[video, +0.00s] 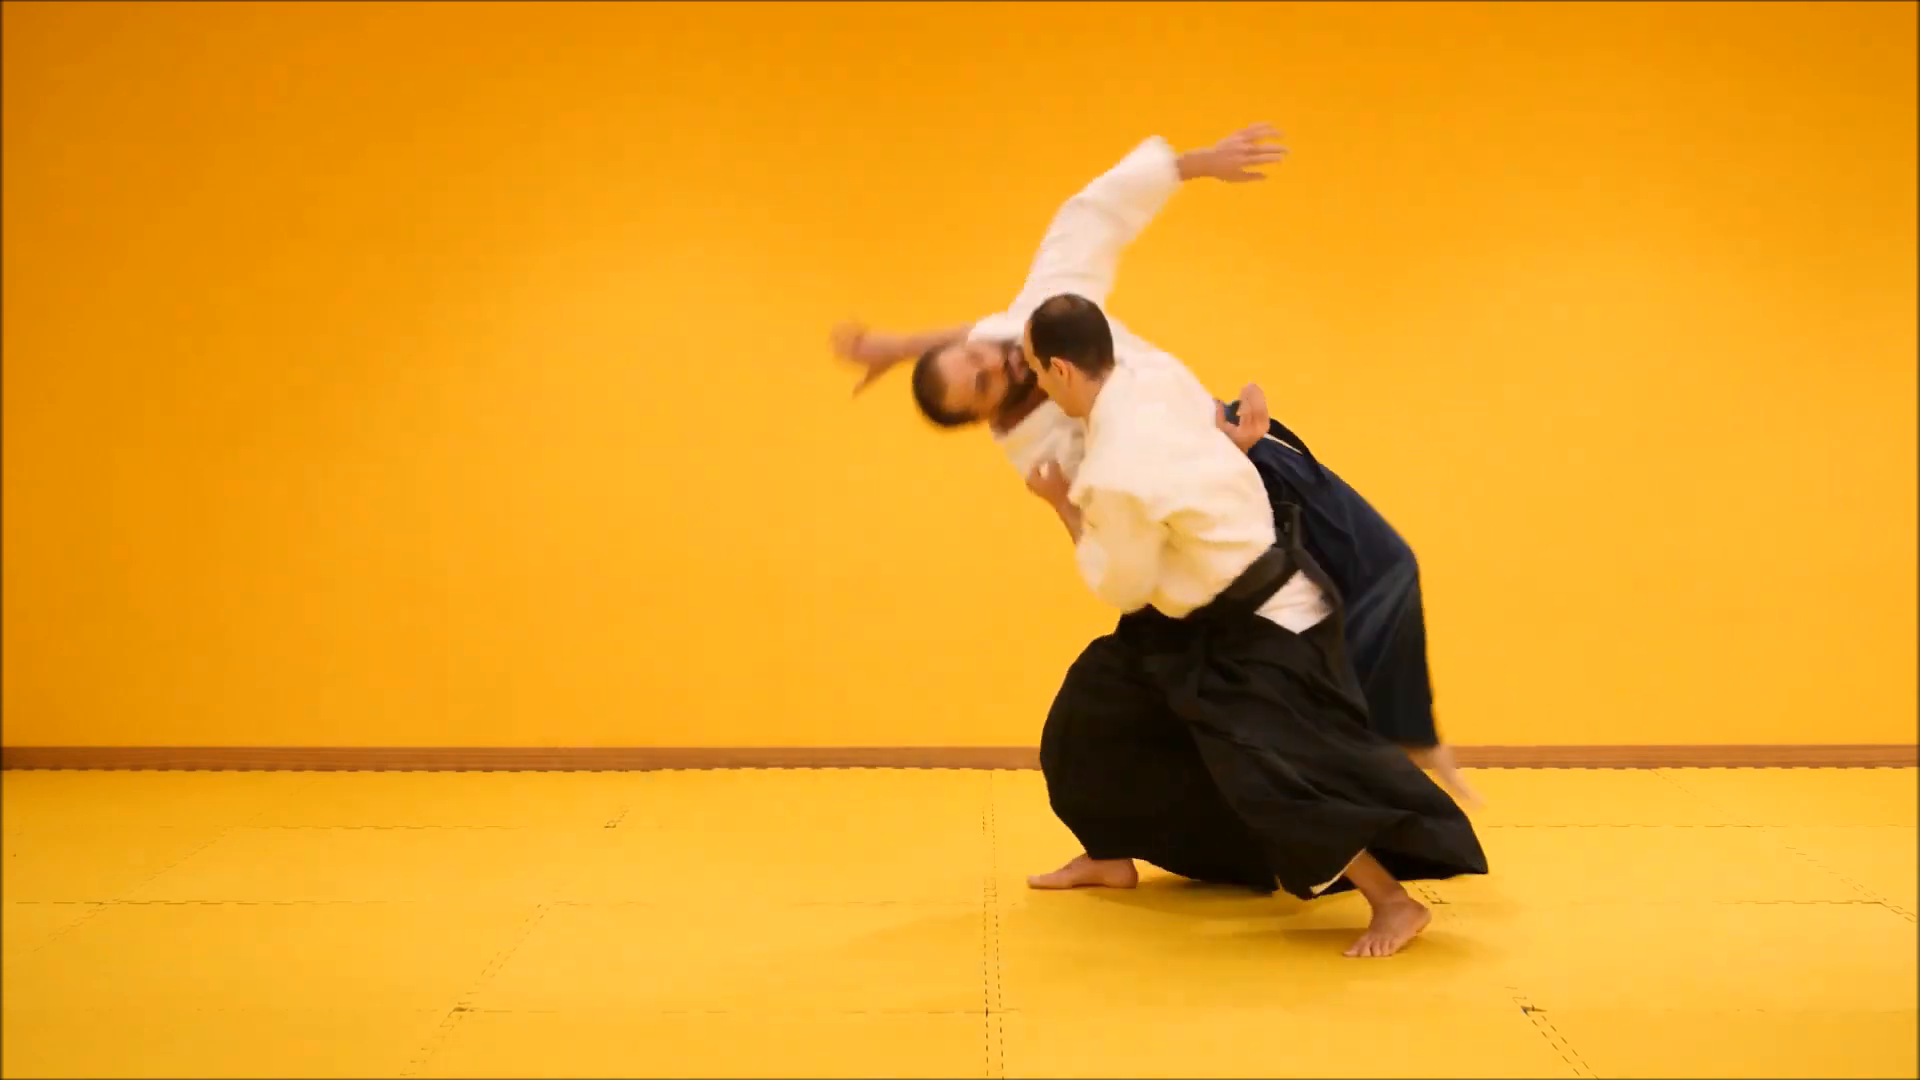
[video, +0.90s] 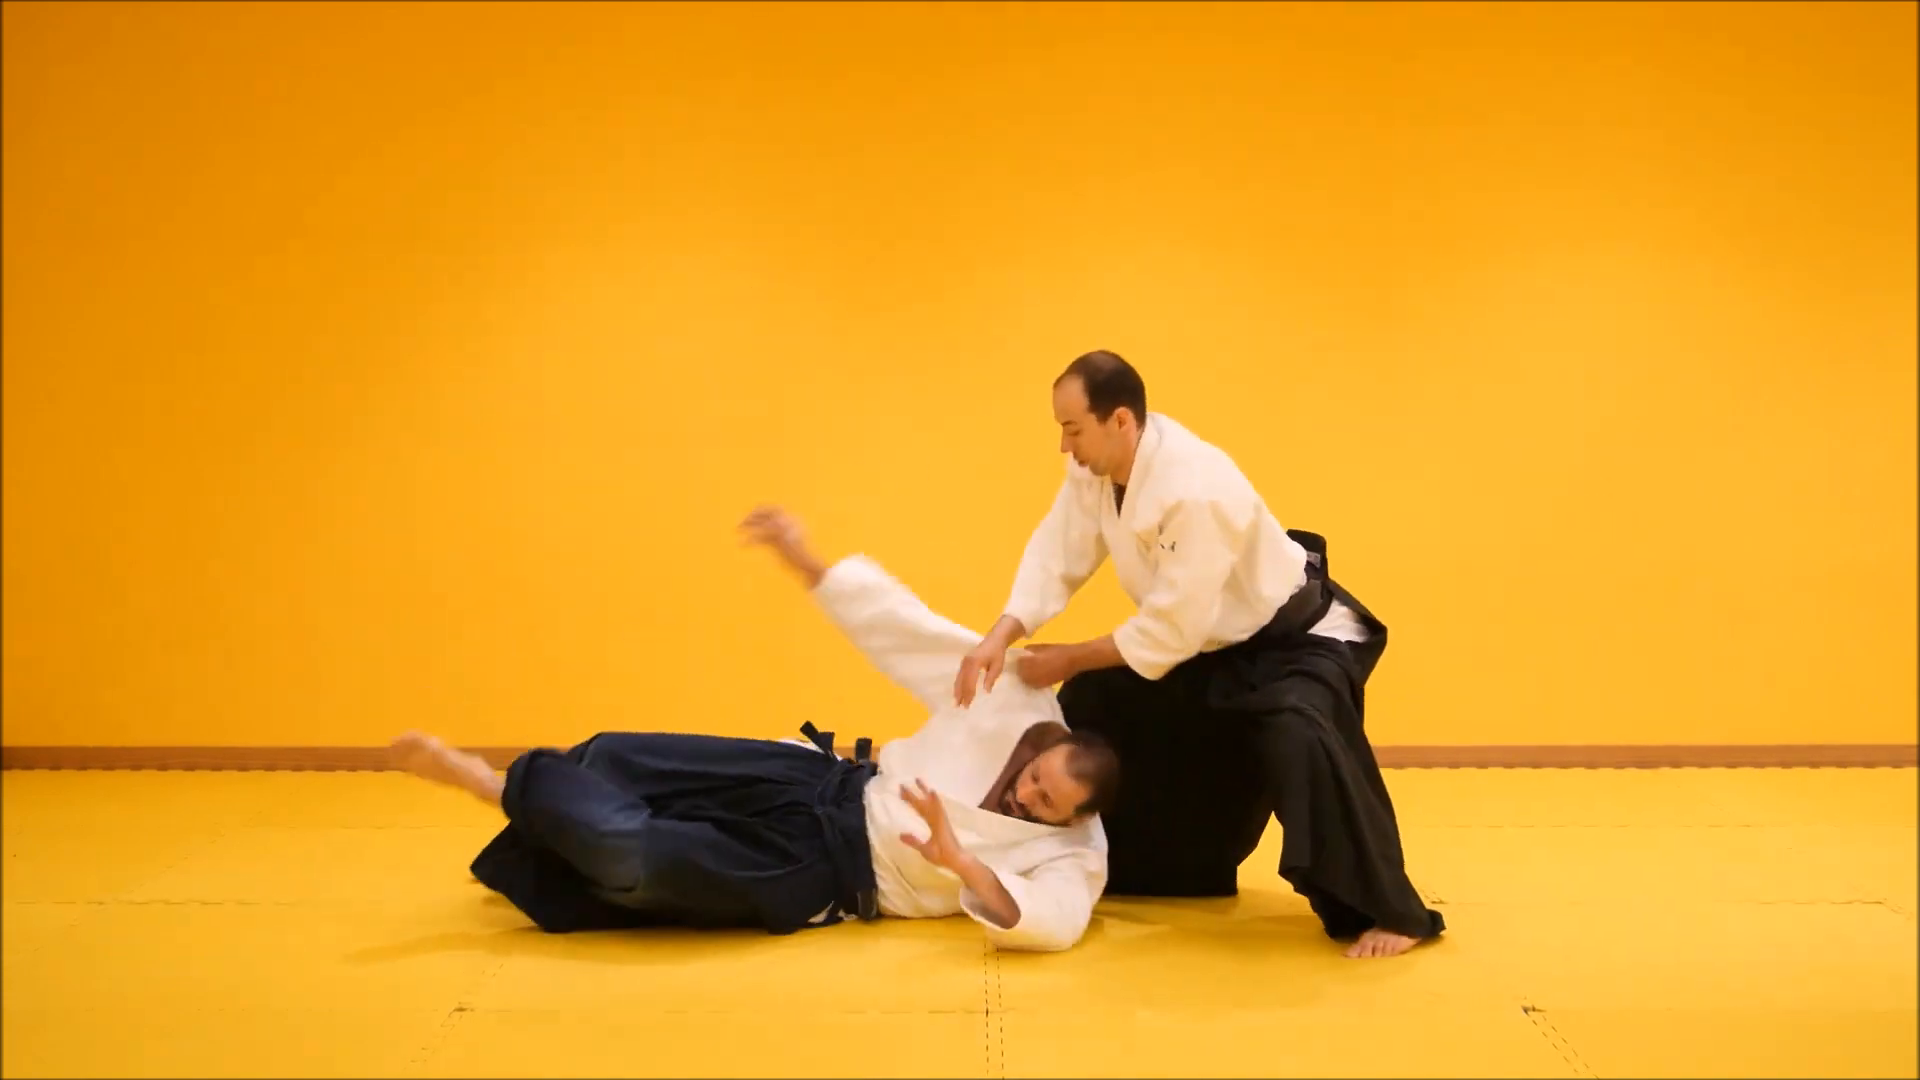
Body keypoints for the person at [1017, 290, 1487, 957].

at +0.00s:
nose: (1039, 380)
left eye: (1038, 369)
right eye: (1031, 368)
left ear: (1062, 370)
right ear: (1097, 344)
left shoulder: (1119, 468)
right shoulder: (1135, 361)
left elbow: (1122, 585)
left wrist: (1064, 509)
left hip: (1262, 621)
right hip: (1183, 619)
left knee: (1261, 771)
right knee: (1086, 715)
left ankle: (1392, 901)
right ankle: (1108, 854)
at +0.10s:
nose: (1045, 430)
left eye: (1047, 417)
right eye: (1045, 416)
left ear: (1074, 417)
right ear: (1099, 401)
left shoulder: (1172, 494)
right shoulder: (1112, 442)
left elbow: (1195, 613)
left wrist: (1113, 586)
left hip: (1300, 629)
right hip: (1219, 624)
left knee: (1291, 744)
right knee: (1110, 686)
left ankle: (1398, 903)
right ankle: (1113, 852)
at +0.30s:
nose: (1049, 506)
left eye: (1053, 490)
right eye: (1046, 491)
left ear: (1094, 484)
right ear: (1095, 483)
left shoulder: (1219, 520)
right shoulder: (1088, 533)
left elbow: (1275, 636)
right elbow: (1049, 650)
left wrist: (1172, 650)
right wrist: (1013, 787)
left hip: (1316, 642)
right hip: (1207, 652)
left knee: (1337, 720)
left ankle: (1401, 901)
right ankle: (1109, 855)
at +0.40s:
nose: (1056, 533)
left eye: (1059, 518)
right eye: (1052, 519)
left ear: (1103, 507)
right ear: (1100, 510)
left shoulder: (1229, 531)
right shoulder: (1095, 563)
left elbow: (1298, 639)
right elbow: (1081, 683)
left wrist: (1189, 663)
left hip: (1331, 650)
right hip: (1231, 673)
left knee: (1341, 705)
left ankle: (1403, 900)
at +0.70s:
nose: (1039, 526)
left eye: (1046, 511)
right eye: (1036, 511)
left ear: (1095, 503)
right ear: (1088, 503)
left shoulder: (1209, 539)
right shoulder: (1074, 549)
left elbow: (1256, 654)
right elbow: (1042, 646)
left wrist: (1154, 695)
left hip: (1301, 648)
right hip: (1191, 660)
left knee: (1306, 721)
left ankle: (1395, 906)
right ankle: (1186, 857)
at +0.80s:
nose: (1043, 489)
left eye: (1052, 474)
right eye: (1040, 474)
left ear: (1103, 468)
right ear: (1095, 468)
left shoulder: (1191, 521)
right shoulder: (1078, 511)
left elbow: (1213, 650)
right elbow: (1036, 595)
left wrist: (1116, 688)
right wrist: (978, 693)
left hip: (1299, 646)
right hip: (1203, 646)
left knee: (1299, 723)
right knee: (1079, 675)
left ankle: (1391, 909)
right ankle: (1170, 856)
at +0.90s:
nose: (1065, 445)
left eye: (1072, 431)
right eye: (1061, 432)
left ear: (1121, 422)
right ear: (1112, 422)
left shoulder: (1194, 489)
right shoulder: (1095, 468)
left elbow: (1176, 626)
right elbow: (1057, 554)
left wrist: (1072, 659)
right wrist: (1004, 632)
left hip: (1293, 639)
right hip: (1206, 642)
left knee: (1295, 730)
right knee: (1090, 694)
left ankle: (1389, 911)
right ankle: (1152, 863)